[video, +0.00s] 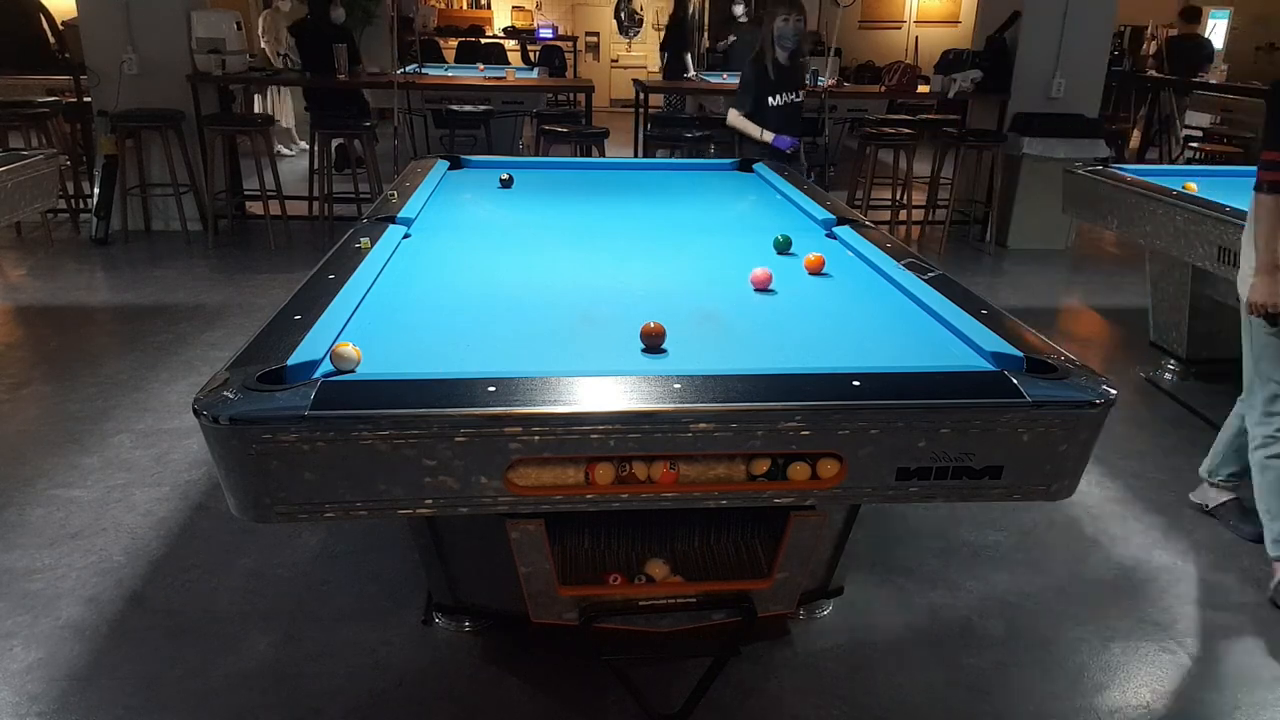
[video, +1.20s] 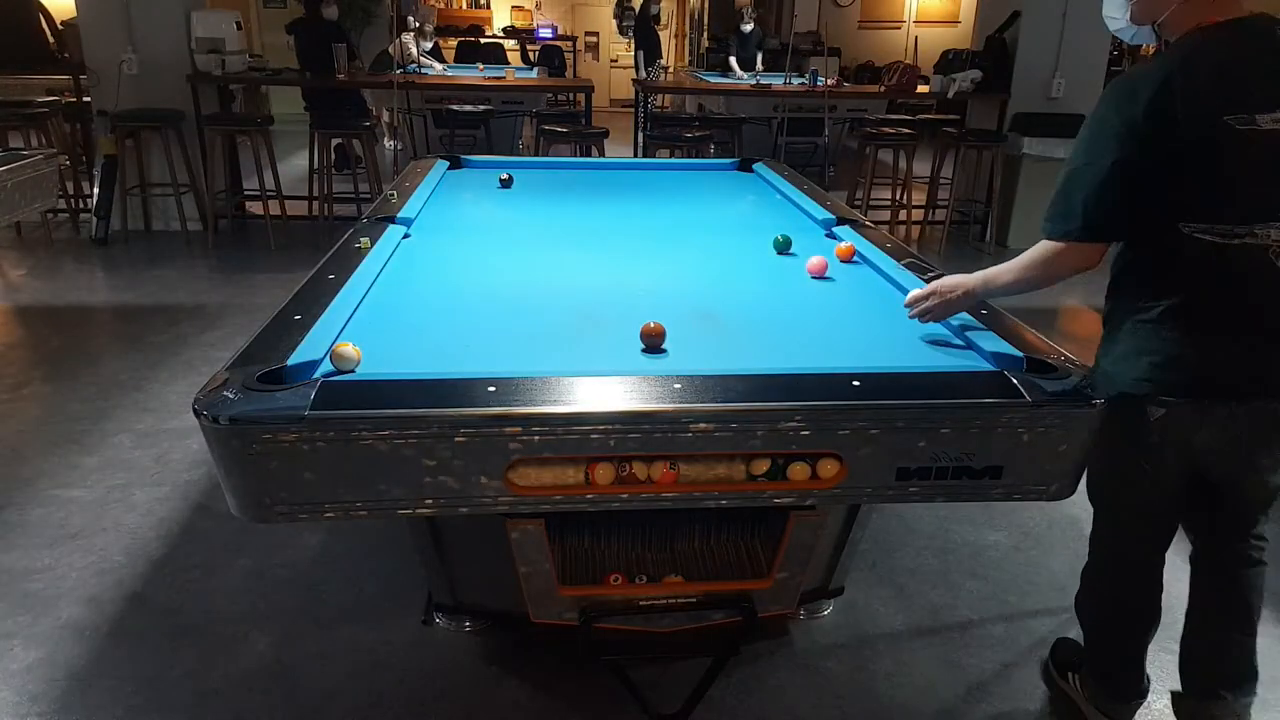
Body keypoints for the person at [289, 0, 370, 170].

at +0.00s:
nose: (342, 11)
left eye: (341, 7)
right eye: (339, 7)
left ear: (311, 8)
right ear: (332, 9)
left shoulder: (299, 30)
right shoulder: (342, 33)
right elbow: (357, 71)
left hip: (315, 103)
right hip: (345, 104)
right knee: (362, 106)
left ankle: (352, 151)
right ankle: (346, 148)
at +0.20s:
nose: (341, 11)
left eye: (340, 7)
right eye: (338, 7)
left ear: (309, 8)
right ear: (332, 8)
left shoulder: (298, 29)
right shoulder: (342, 33)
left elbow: (304, 66)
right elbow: (356, 71)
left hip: (315, 104)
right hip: (345, 105)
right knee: (362, 105)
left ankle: (352, 151)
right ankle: (346, 148)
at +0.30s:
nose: (342, 12)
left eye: (341, 7)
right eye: (339, 7)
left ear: (309, 9)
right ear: (332, 9)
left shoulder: (300, 30)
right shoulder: (342, 33)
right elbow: (355, 70)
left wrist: (300, 11)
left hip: (315, 102)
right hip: (345, 104)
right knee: (361, 106)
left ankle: (342, 146)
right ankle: (347, 149)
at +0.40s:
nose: (345, 8)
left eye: (344, 4)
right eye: (341, 5)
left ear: (312, 8)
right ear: (331, 8)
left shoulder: (299, 30)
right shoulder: (341, 33)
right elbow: (357, 72)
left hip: (315, 103)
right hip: (344, 105)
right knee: (362, 105)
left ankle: (350, 149)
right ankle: (345, 148)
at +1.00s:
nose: (335, 8)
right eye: (331, 5)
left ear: (302, 7)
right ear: (319, 5)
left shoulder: (298, 30)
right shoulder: (331, 27)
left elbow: (302, 67)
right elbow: (351, 59)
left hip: (314, 103)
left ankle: (348, 151)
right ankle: (345, 149)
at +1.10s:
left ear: (302, 8)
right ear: (319, 6)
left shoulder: (298, 30)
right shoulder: (332, 26)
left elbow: (301, 66)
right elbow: (350, 57)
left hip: (313, 99)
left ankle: (348, 150)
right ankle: (345, 149)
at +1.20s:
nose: (336, 9)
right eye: (332, 5)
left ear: (305, 7)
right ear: (324, 6)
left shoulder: (299, 27)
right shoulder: (333, 28)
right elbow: (352, 60)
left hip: (313, 99)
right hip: (339, 101)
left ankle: (347, 150)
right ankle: (345, 149)